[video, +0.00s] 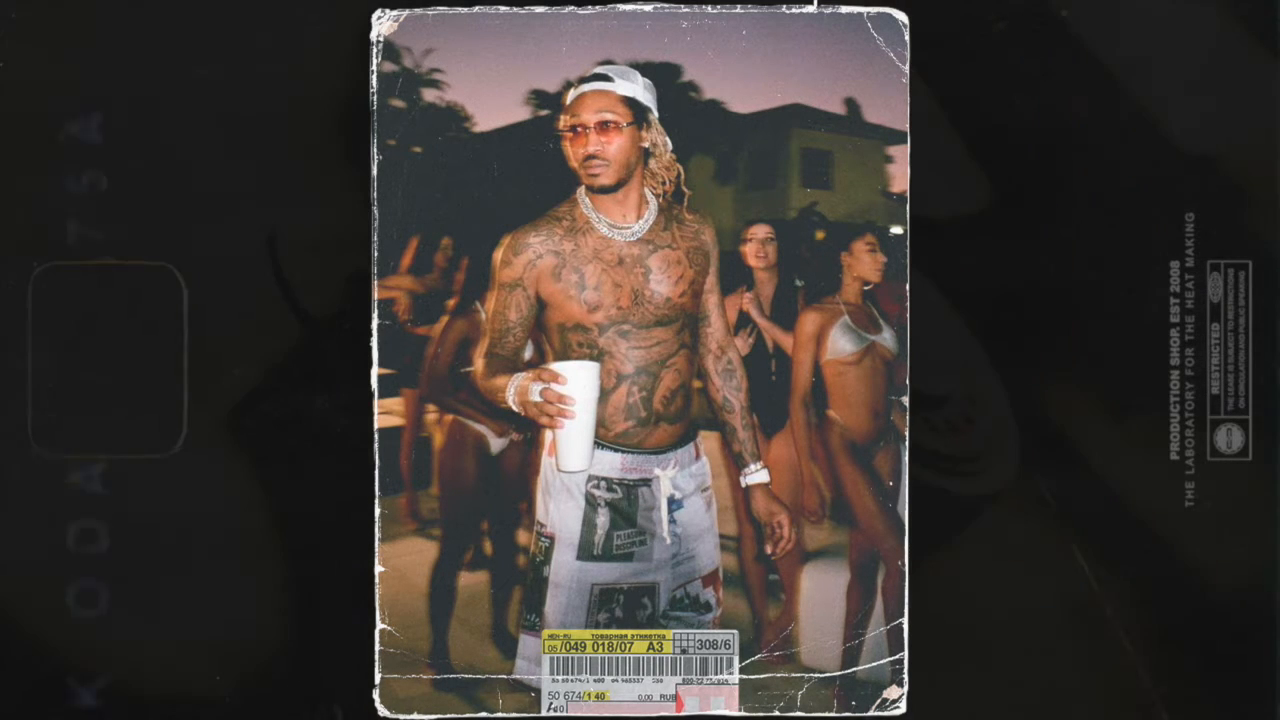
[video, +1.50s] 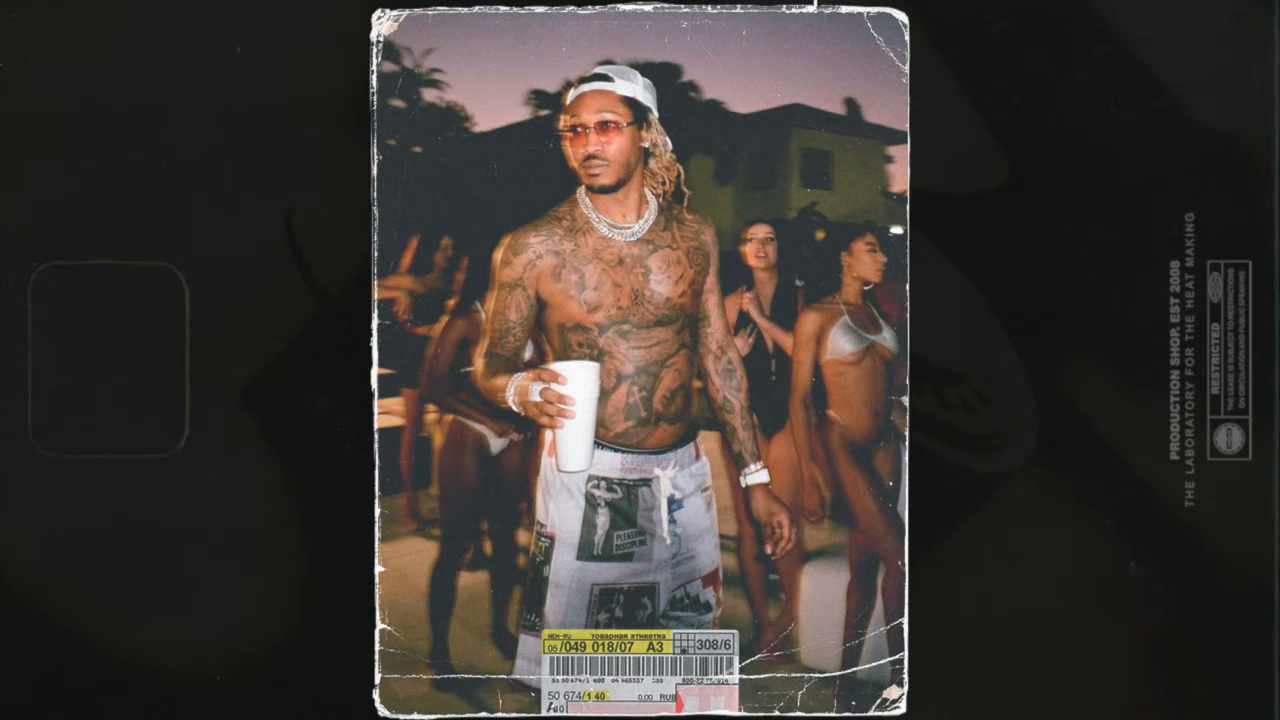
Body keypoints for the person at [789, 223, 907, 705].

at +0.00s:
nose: (882, 259)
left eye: (881, 251)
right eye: (871, 251)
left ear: (870, 261)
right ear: (844, 259)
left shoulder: (877, 315)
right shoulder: (818, 317)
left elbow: (885, 394)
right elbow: (798, 403)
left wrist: (901, 444)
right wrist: (813, 478)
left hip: (881, 448)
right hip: (838, 449)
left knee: (864, 562)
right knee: (898, 553)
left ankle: (846, 673)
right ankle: (903, 672)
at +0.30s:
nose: (882, 259)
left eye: (881, 251)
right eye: (871, 251)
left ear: (870, 262)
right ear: (844, 259)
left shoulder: (877, 315)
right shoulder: (818, 317)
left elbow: (887, 392)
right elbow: (798, 403)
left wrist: (902, 442)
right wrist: (813, 477)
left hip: (881, 447)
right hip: (838, 449)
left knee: (864, 563)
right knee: (898, 553)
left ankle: (846, 673)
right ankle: (902, 671)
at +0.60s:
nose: (882, 259)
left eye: (881, 251)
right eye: (871, 251)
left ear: (870, 262)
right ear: (844, 259)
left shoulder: (877, 315)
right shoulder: (817, 317)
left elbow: (885, 394)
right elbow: (798, 403)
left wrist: (901, 442)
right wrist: (813, 479)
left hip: (881, 448)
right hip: (838, 449)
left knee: (863, 564)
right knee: (898, 552)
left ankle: (846, 673)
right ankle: (903, 670)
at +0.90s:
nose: (882, 259)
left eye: (881, 251)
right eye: (871, 251)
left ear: (870, 261)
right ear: (844, 259)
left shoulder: (877, 315)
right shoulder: (818, 317)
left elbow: (885, 393)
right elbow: (798, 404)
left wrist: (900, 444)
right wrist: (813, 478)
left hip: (881, 448)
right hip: (838, 449)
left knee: (863, 564)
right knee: (898, 553)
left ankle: (846, 673)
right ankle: (902, 671)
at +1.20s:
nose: (882, 259)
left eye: (881, 251)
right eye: (871, 251)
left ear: (870, 261)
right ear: (844, 259)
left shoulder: (877, 315)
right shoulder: (818, 317)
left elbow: (885, 394)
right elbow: (798, 404)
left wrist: (900, 445)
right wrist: (813, 478)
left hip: (881, 448)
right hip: (838, 449)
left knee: (863, 563)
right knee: (898, 552)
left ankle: (846, 673)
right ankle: (902, 671)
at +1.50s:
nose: (882, 259)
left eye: (881, 251)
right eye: (872, 251)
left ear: (869, 262)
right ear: (844, 259)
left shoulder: (876, 315)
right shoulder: (817, 317)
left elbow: (885, 392)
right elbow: (798, 403)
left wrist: (901, 441)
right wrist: (814, 479)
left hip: (881, 448)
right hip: (838, 449)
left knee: (863, 564)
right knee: (898, 552)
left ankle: (847, 673)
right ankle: (903, 670)